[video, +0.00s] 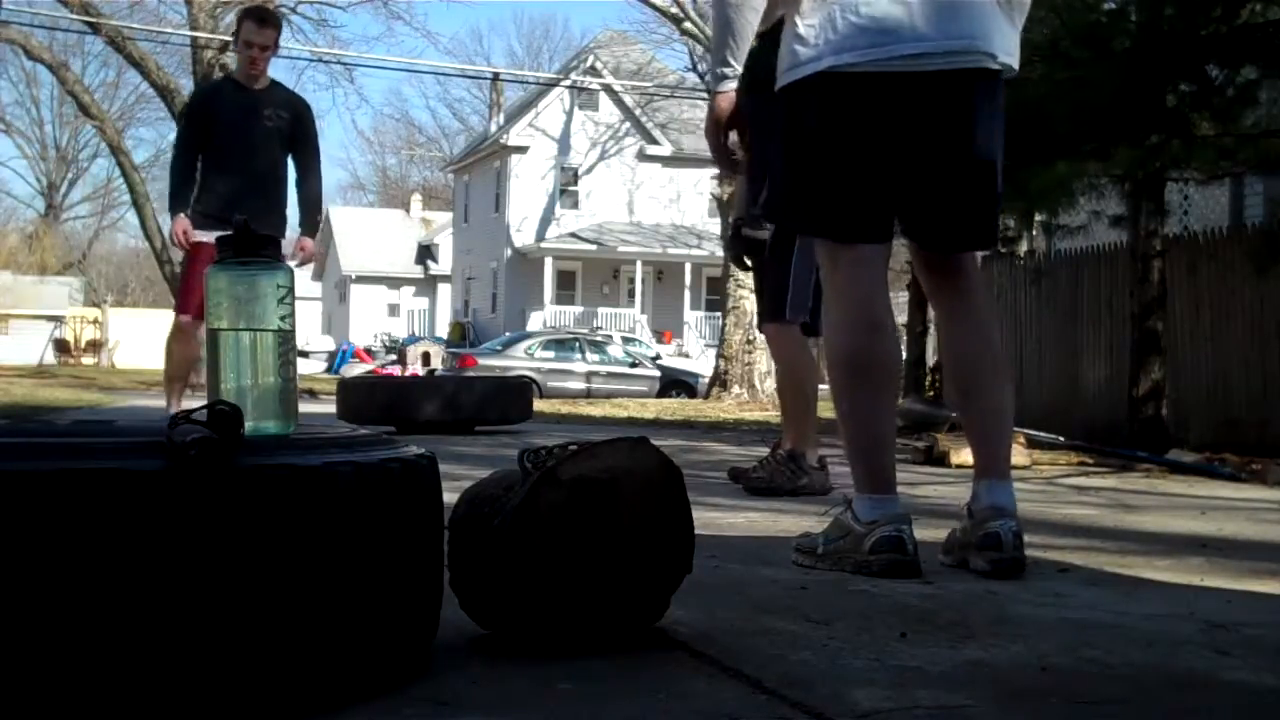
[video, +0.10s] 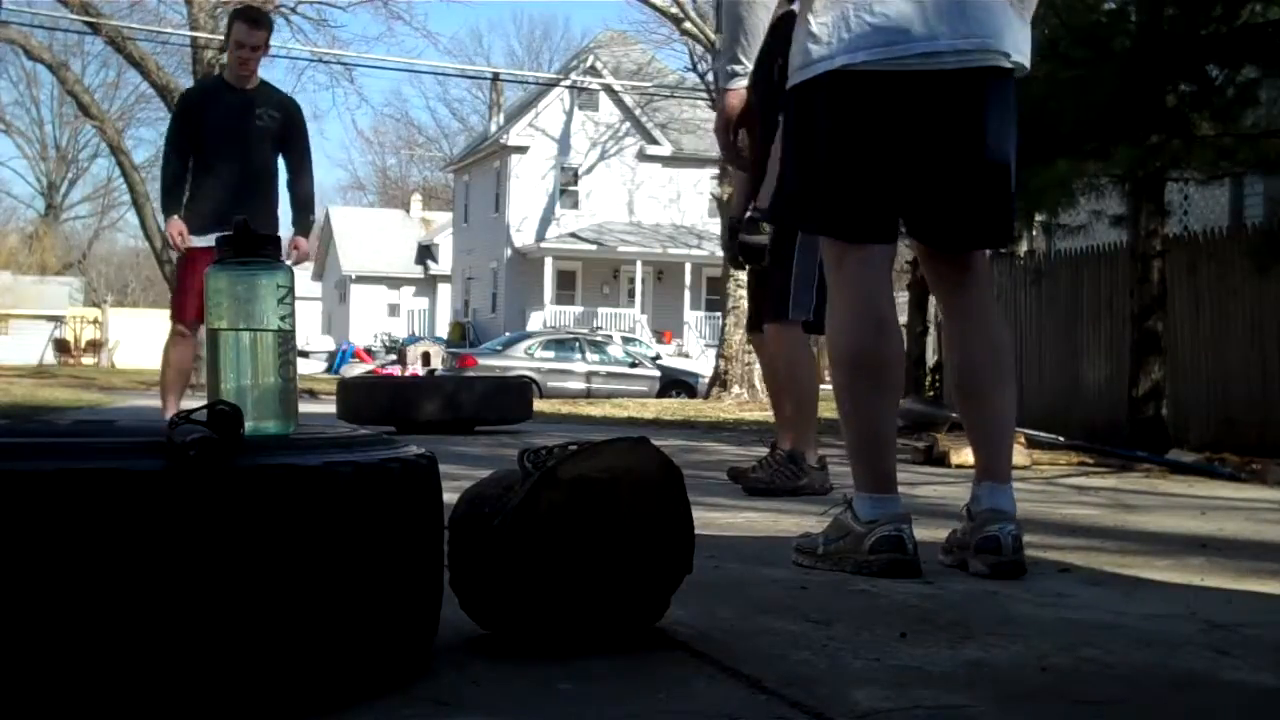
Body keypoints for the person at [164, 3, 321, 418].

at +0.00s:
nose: (256, 55)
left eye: (266, 47)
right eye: (249, 45)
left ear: (276, 50)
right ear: (235, 43)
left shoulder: (294, 107)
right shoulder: (206, 98)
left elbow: (309, 172)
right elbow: (184, 158)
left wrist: (309, 231)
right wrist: (178, 213)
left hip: (265, 233)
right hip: (209, 229)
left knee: (259, 328)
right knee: (188, 321)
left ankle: (255, 419)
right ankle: (175, 410)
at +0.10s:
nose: (246, 55)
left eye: (256, 48)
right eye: (240, 46)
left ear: (266, 50)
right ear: (226, 44)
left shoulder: (284, 108)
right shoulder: (194, 101)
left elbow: (300, 173)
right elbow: (174, 161)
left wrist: (303, 230)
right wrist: (171, 214)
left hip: (259, 235)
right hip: (202, 233)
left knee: (256, 331)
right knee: (185, 326)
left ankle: (253, 422)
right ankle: (171, 416)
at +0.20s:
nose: (233, 53)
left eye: (242, 46)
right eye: (227, 43)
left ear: (253, 48)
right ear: (214, 42)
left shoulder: (271, 105)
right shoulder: (181, 100)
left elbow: (288, 170)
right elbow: (162, 162)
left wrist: (293, 227)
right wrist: (163, 217)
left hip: (249, 234)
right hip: (192, 233)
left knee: (247, 332)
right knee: (182, 327)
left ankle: (246, 422)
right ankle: (171, 418)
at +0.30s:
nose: (220, 45)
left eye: (229, 39)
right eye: (213, 36)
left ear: (239, 46)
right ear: (199, 39)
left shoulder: (259, 104)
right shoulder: (170, 100)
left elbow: (277, 169)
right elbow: (150, 163)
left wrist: (281, 227)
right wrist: (151, 221)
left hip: (239, 234)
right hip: (182, 234)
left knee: (238, 331)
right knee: (177, 329)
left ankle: (236, 422)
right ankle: (170, 420)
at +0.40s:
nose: (207, 43)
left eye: (215, 37)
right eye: (199, 35)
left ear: (226, 42)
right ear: (186, 38)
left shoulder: (249, 102)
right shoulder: (159, 99)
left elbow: (265, 170)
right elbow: (140, 166)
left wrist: (265, 230)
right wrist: (139, 225)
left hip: (232, 232)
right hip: (175, 232)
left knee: (233, 331)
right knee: (172, 328)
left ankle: (232, 422)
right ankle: (170, 421)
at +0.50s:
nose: (195, 42)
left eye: (204, 35)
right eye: (188, 34)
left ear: (215, 40)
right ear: (175, 38)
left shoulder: (240, 99)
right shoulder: (151, 100)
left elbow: (257, 164)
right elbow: (131, 166)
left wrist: (251, 225)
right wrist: (127, 226)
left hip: (229, 231)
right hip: (173, 233)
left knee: (232, 329)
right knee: (170, 328)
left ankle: (232, 421)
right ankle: (170, 421)